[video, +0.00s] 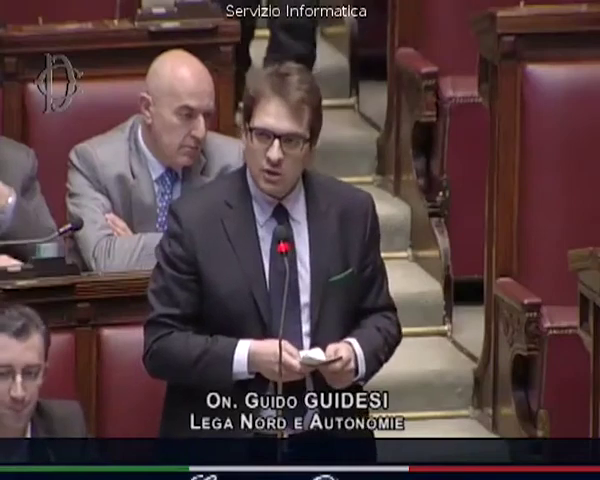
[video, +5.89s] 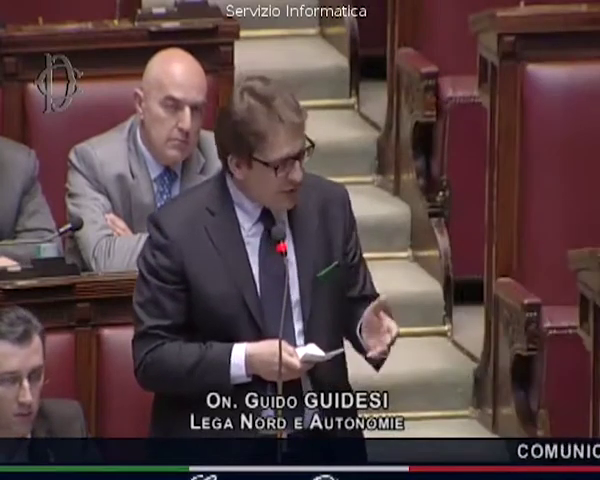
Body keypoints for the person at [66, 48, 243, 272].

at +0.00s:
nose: (200, 132)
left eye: (207, 115)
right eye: (186, 115)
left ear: (212, 109)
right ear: (147, 108)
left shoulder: (234, 158)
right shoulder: (92, 161)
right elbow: (104, 259)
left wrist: (138, 251)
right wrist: (202, 245)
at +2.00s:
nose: (200, 131)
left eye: (207, 115)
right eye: (187, 114)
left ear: (212, 110)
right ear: (147, 108)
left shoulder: (216, 153)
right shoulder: (92, 161)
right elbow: (105, 260)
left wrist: (137, 246)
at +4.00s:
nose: (189, 130)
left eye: (198, 113)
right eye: (174, 111)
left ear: (207, 108)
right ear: (141, 106)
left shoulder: (229, 157)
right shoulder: (91, 161)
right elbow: (105, 259)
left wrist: (138, 250)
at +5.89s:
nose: (186, 125)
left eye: (197, 109)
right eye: (172, 107)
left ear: (204, 109)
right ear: (140, 104)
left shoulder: (219, 153)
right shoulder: (91, 160)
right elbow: (105, 259)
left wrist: (137, 246)